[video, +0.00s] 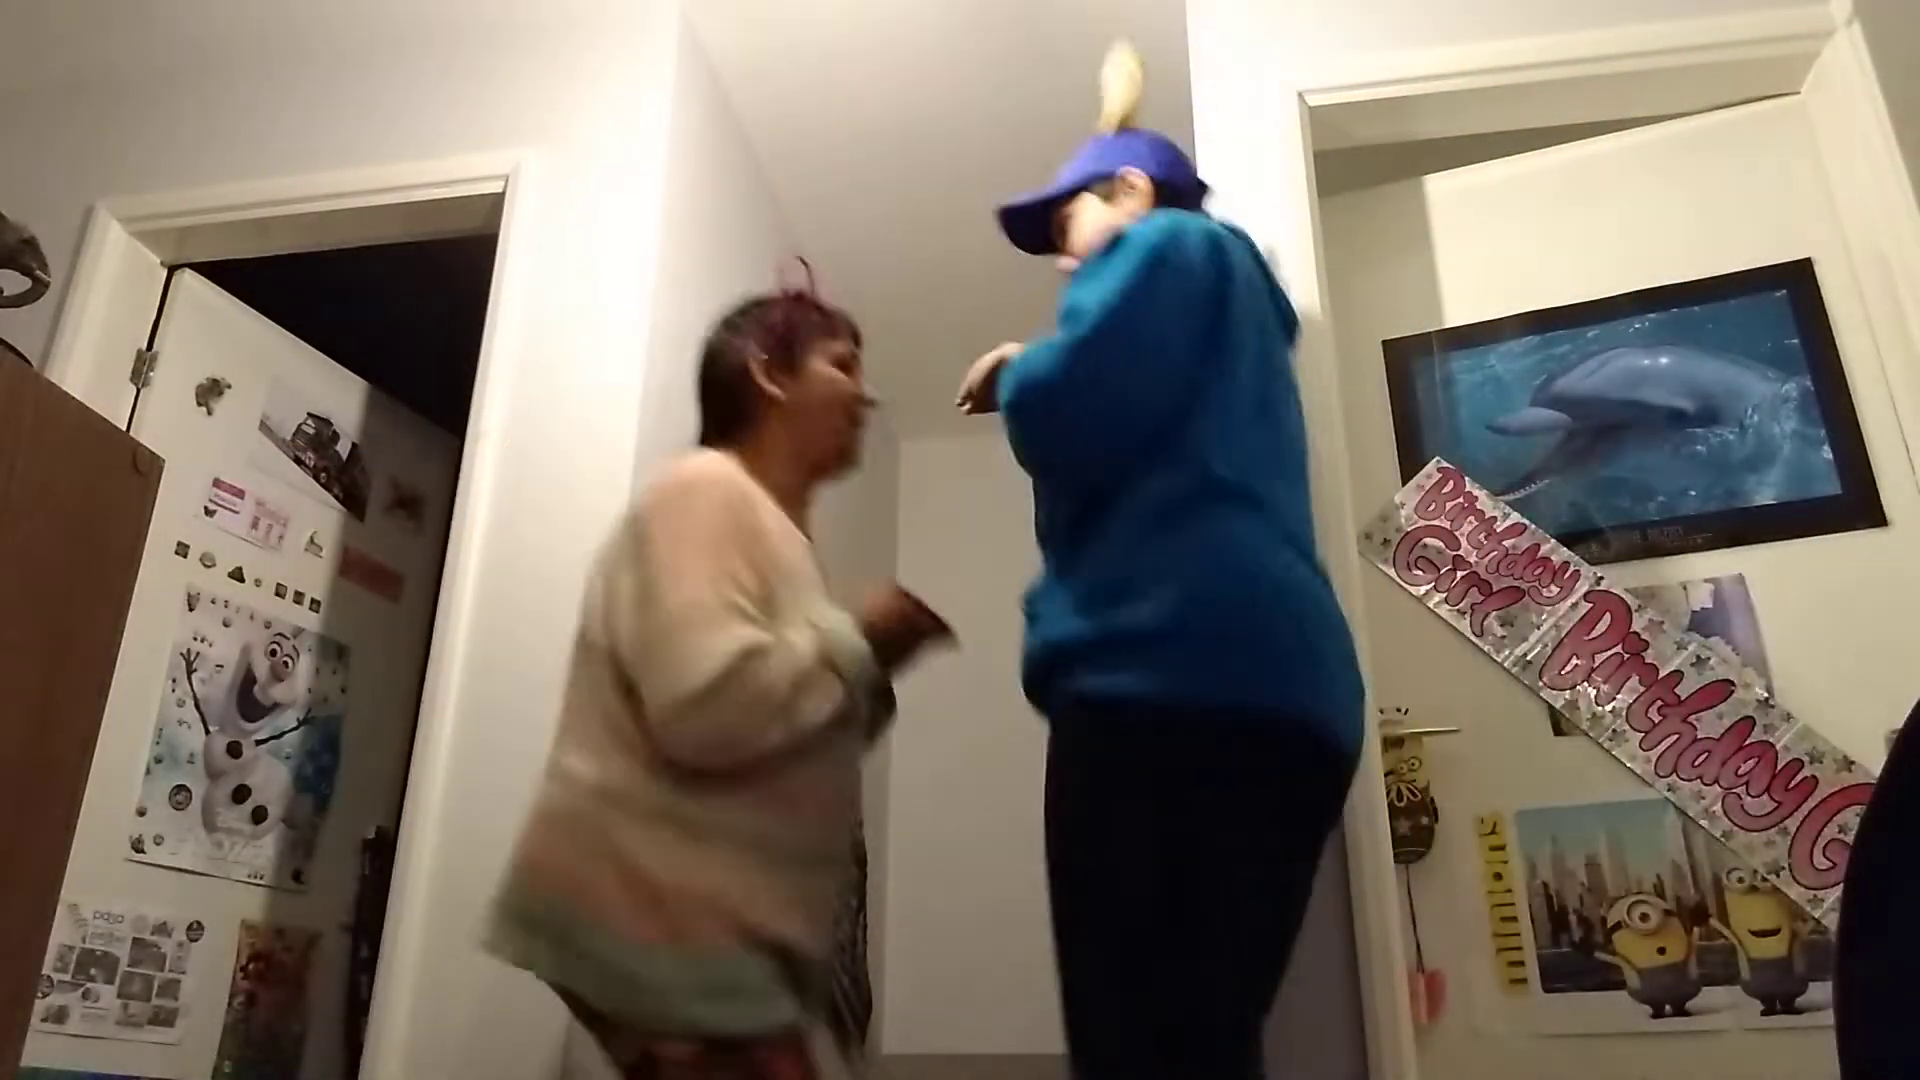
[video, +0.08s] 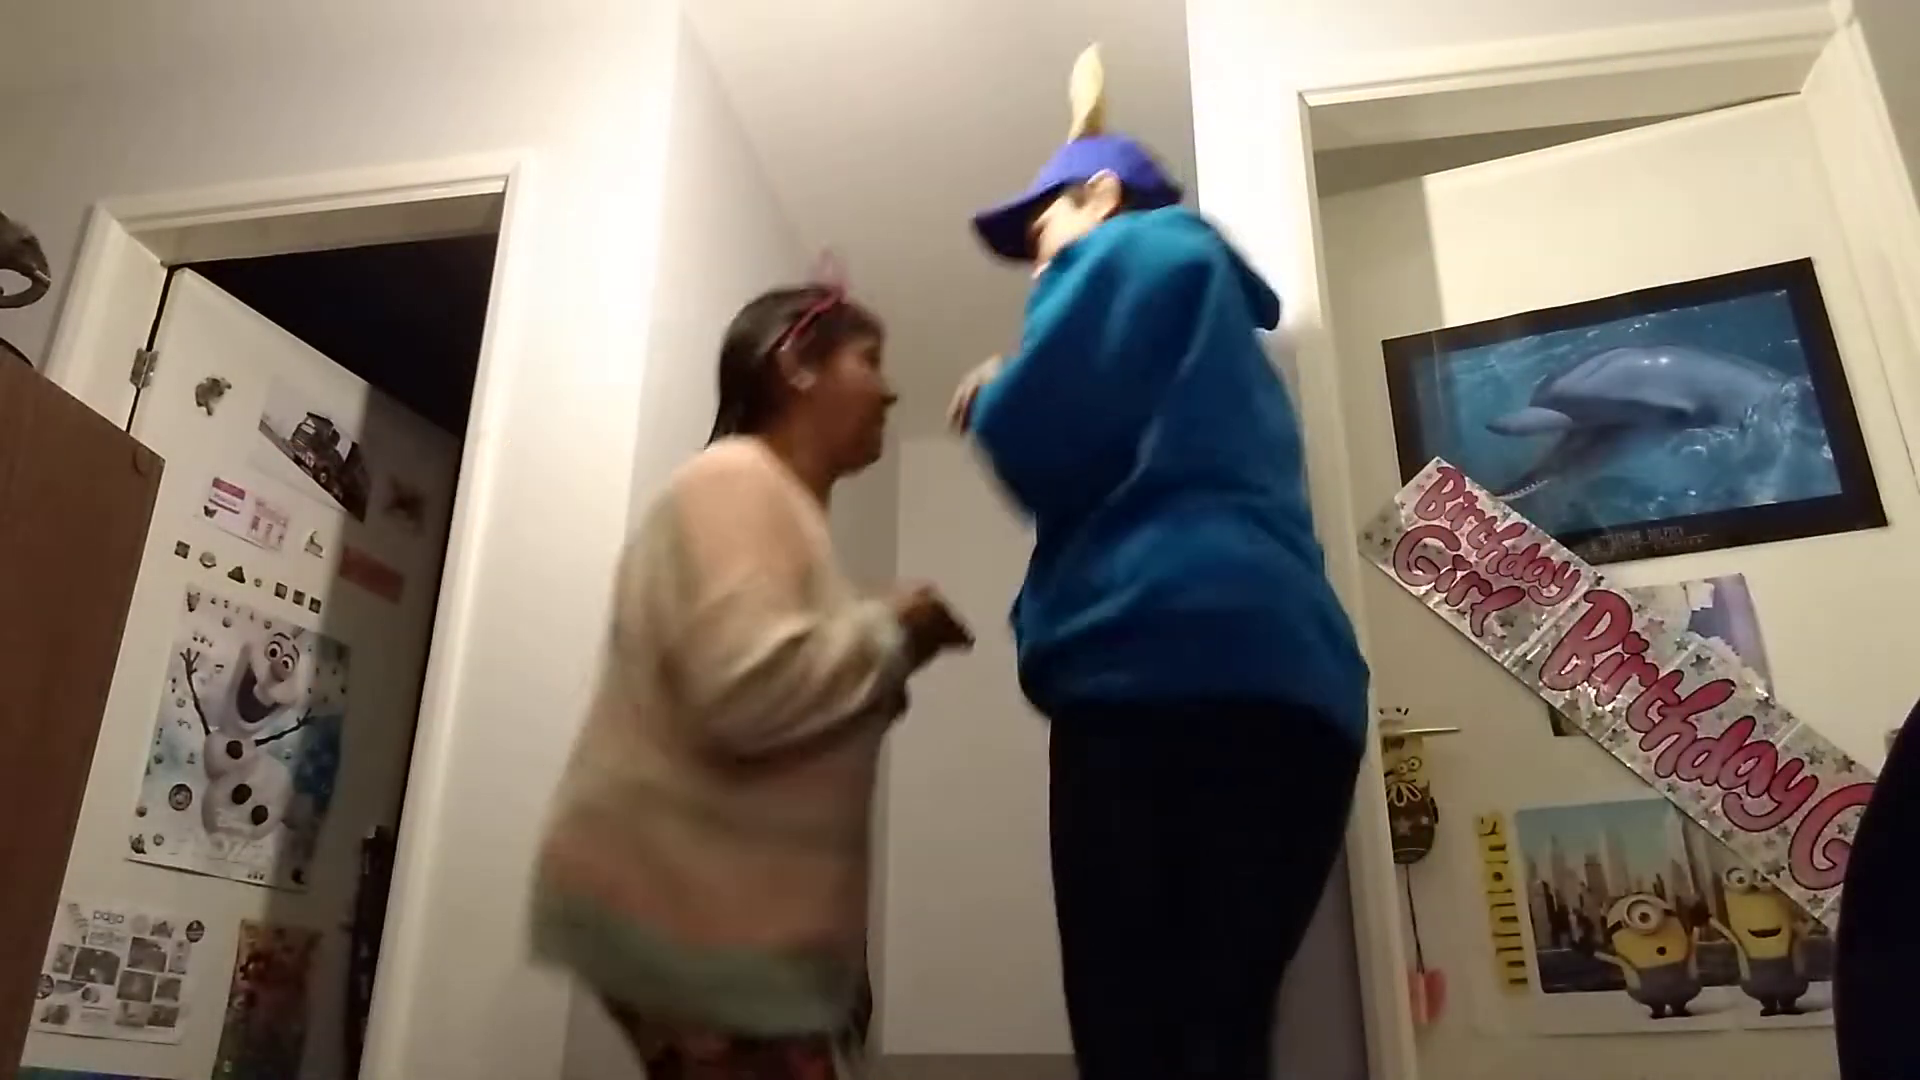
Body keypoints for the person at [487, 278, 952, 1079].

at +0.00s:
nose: (865, 395)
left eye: (859, 372)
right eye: (844, 366)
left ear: (774, 378)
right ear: (770, 374)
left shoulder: (770, 528)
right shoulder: (703, 494)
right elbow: (701, 706)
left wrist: (879, 659)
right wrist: (858, 643)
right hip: (669, 942)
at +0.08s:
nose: (888, 391)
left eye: (882, 366)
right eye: (870, 362)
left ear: (800, 373)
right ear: (798, 368)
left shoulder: (771, 499)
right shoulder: (732, 484)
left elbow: (762, 693)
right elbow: (742, 696)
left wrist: (890, 643)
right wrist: (893, 632)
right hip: (708, 939)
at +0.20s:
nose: (910, 351)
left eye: (902, 327)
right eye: (895, 323)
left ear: (833, 330)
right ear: (834, 327)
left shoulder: (763, 442)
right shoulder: (783, 438)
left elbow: (824, 649)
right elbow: (830, 653)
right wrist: (954, 568)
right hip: (724, 887)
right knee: (774, 1061)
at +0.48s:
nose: (932, 376)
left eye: (933, 352)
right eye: (930, 348)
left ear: (803, 340)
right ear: (891, 328)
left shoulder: (722, 452)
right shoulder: (862, 438)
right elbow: (910, 667)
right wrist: (992, 593)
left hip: (624, 830)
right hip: (764, 860)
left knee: (678, 1061)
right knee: (785, 1059)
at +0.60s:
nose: (921, 381)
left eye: (923, 356)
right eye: (920, 352)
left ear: (794, 339)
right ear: (887, 333)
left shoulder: (707, 445)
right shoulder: (876, 445)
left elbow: (660, 643)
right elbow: (935, 667)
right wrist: (984, 615)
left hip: (631, 826)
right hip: (793, 848)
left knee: (665, 1063)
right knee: (800, 1062)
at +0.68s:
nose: (902, 390)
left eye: (905, 365)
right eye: (903, 362)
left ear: (779, 346)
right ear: (874, 344)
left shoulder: (679, 454)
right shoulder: (883, 456)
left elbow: (620, 650)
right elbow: (941, 673)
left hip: (632, 831)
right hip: (808, 849)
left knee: (655, 1063)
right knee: (810, 1061)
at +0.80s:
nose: (881, 405)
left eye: (883, 381)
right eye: (881, 378)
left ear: (755, 364)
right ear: (854, 364)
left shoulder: (653, 465)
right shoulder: (885, 472)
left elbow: (570, 681)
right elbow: (942, 684)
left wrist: (683, 695)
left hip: (628, 847)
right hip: (818, 856)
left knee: (639, 1065)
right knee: (808, 1064)